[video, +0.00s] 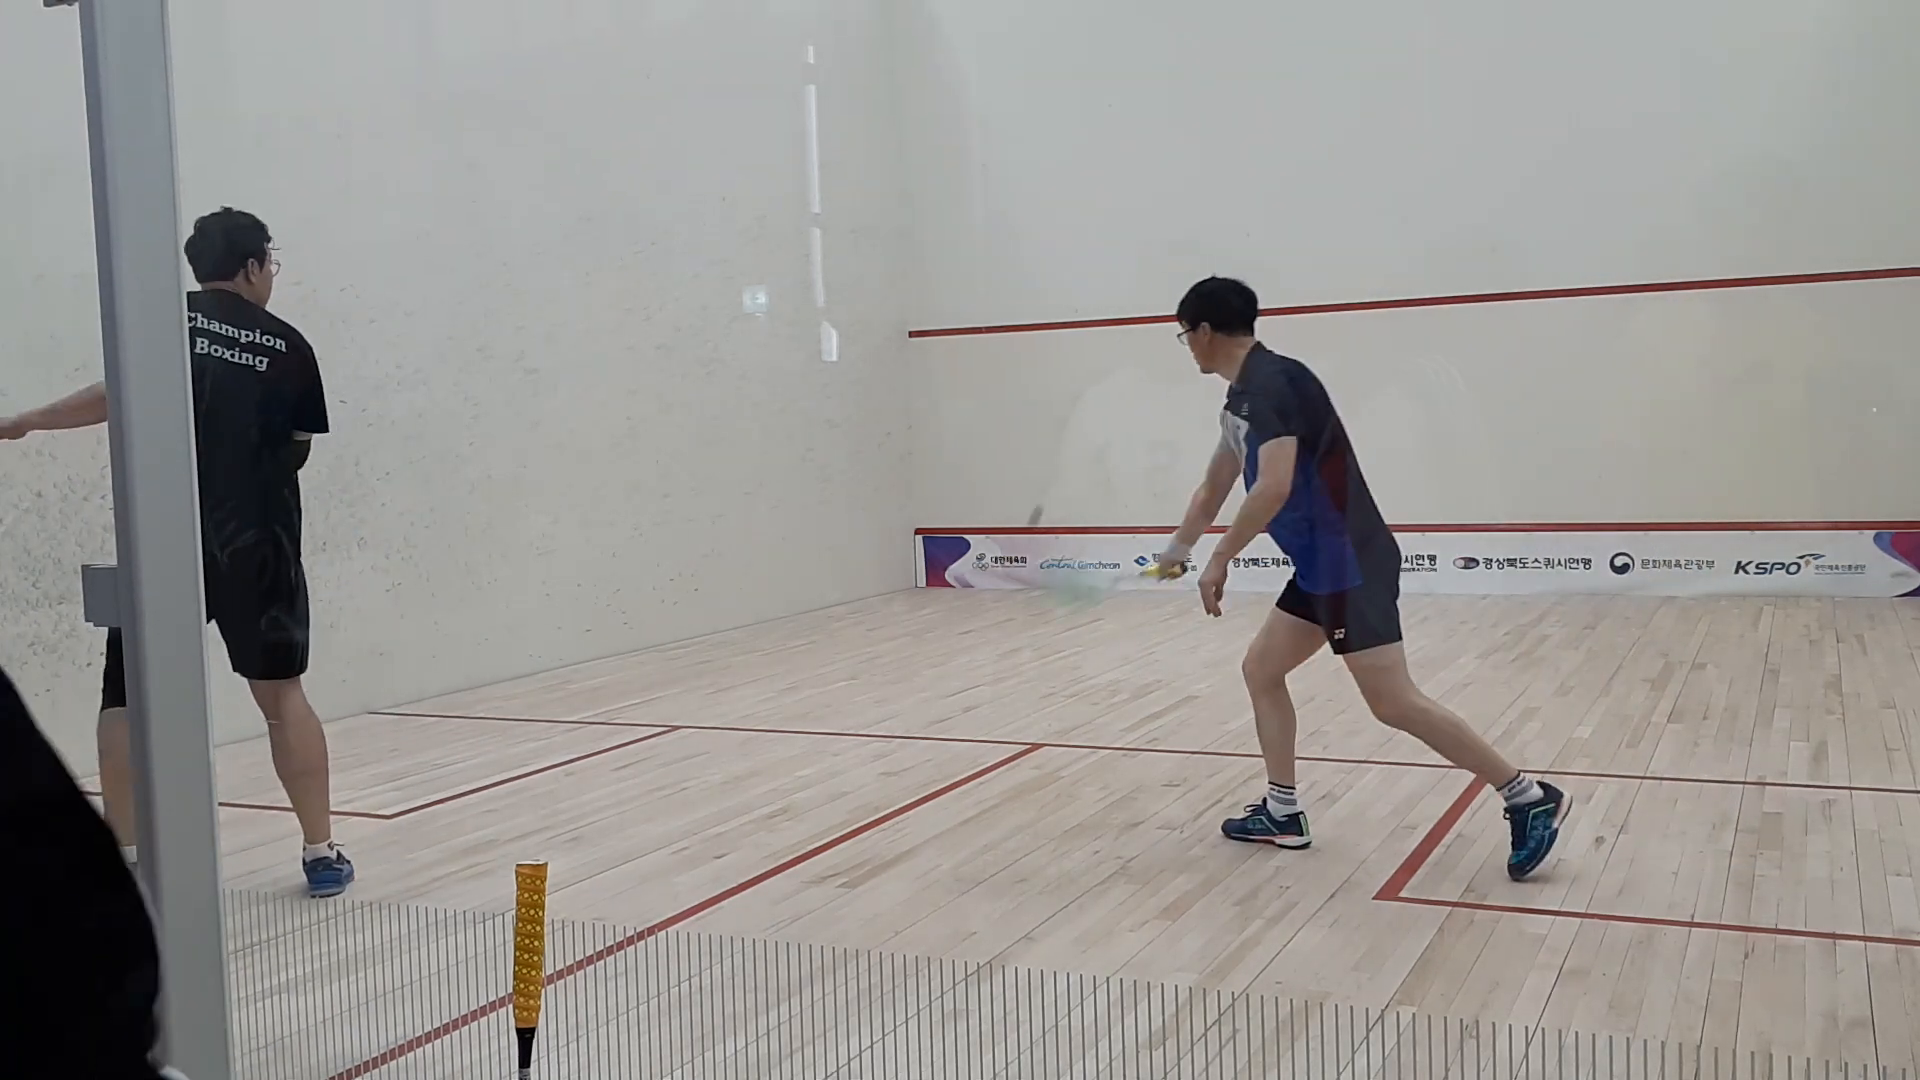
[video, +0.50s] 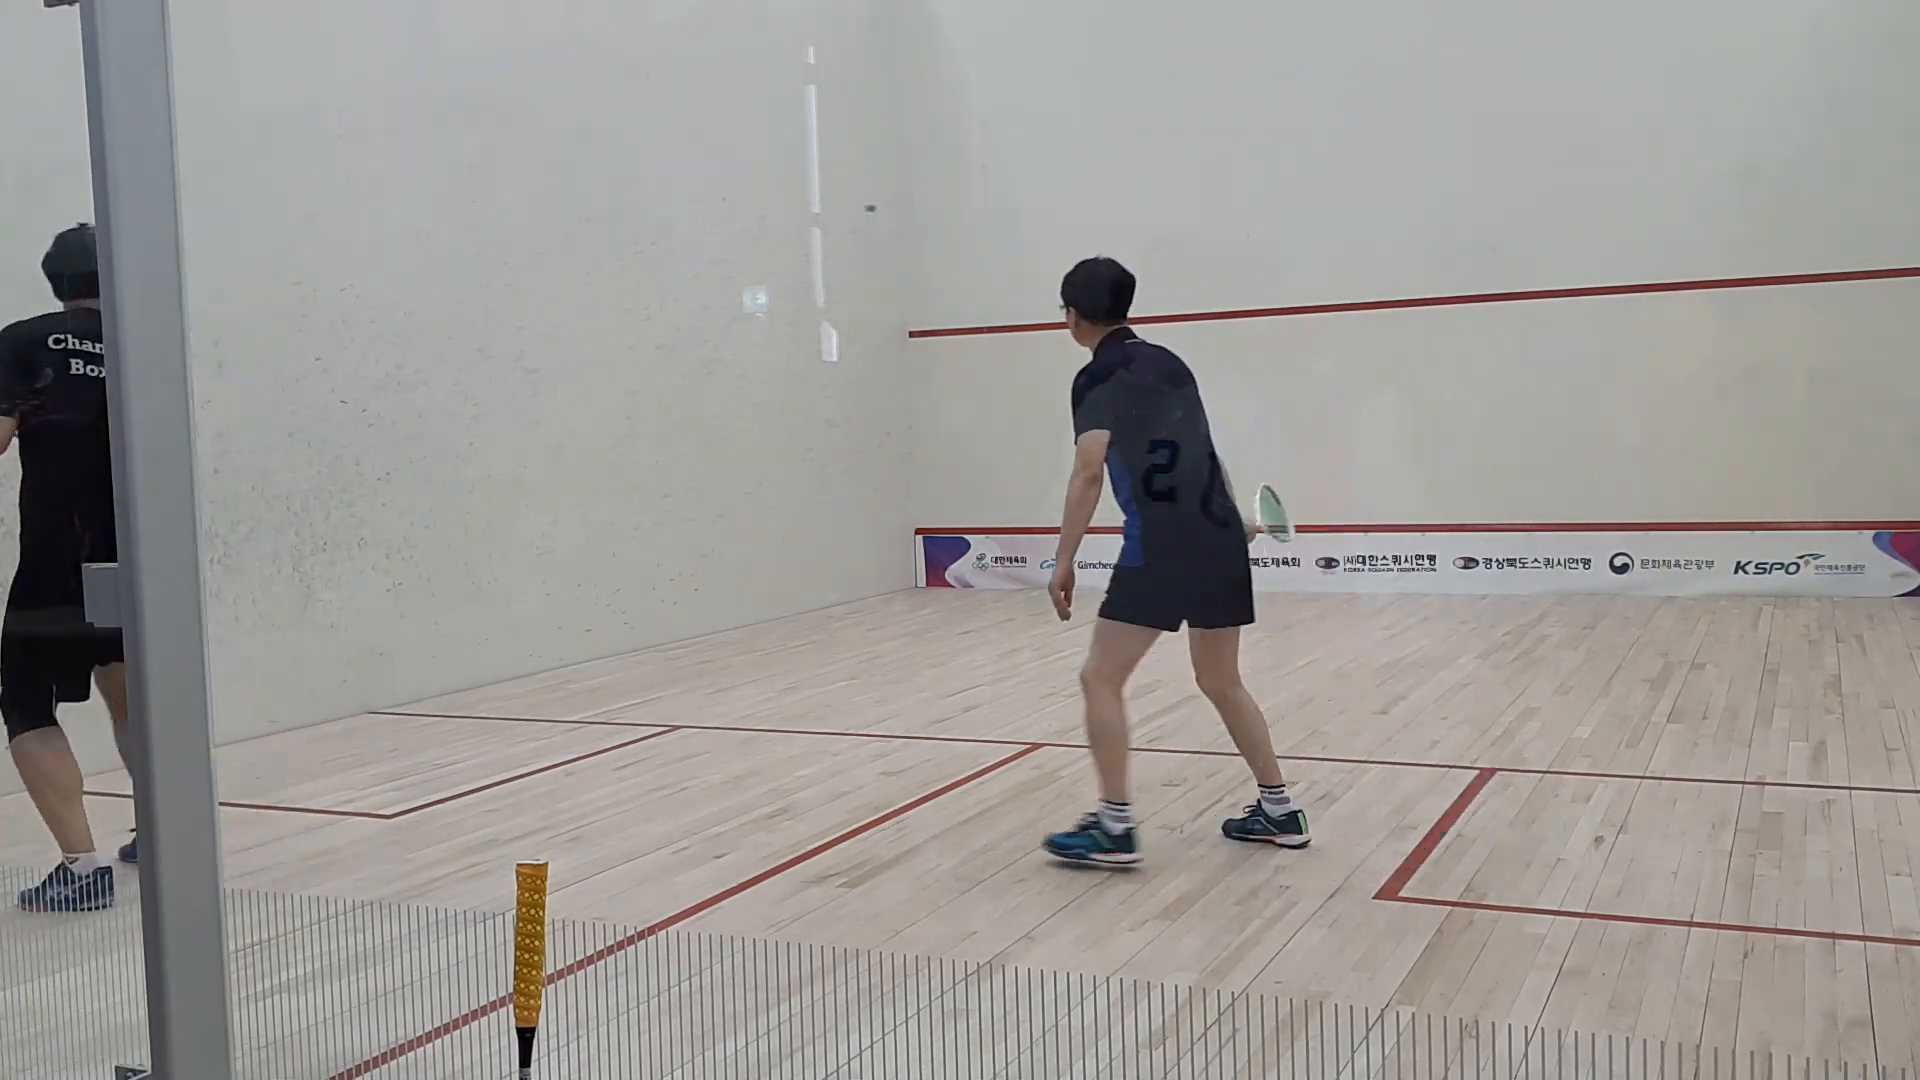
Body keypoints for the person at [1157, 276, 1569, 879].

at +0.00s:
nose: (1186, 344)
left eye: (1187, 332)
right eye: (1185, 333)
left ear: (1209, 331)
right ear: (1234, 326)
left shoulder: (1273, 383)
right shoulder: (1242, 395)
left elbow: (1274, 487)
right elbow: (1214, 486)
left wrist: (1221, 557)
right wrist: (1176, 549)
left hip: (1357, 564)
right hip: (1322, 568)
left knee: (1394, 702)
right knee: (1261, 669)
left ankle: (1528, 796)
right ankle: (1281, 810)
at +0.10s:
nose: (1160, 340)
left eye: (1160, 330)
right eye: (1158, 330)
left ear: (1175, 331)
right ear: (1214, 322)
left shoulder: (1227, 384)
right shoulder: (1239, 372)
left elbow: (1231, 480)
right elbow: (1289, 466)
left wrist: (1193, 566)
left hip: (1320, 556)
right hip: (1301, 558)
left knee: (1370, 690)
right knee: (1254, 670)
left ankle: (1500, 787)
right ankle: (1281, 808)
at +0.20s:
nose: (1138, 329)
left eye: (1137, 320)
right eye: (1138, 320)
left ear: (1148, 324)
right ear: (1197, 312)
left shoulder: (1185, 380)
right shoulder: (1243, 364)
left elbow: (1182, 475)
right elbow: (1288, 449)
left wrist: (1161, 561)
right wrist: (1259, 541)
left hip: (1281, 550)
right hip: (1306, 537)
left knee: (1325, 689)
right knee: (1247, 670)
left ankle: (1445, 789)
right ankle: (1281, 807)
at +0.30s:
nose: (1119, 324)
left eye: (1118, 315)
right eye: (1119, 314)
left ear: (1128, 318)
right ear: (1177, 307)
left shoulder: (1155, 375)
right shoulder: (1223, 359)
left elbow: (1152, 466)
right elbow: (1256, 446)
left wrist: (1125, 558)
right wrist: (1289, 497)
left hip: (1245, 544)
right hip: (1279, 533)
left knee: (1257, 686)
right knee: (1243, 674)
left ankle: (1360, 803)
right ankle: (1281, 806)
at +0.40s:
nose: (1094, 320)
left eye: (1094, 311)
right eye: (1093, 311)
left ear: (1104, 315)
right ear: (1155, 306)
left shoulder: (1128, 375)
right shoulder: (1199, 359)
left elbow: (1121, 469)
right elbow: (1233, 446)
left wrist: (1093, 556)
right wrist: (1270, 508)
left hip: (1203, 551)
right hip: (1260, 540)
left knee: (1177, 685)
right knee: (1239, 676)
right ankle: (1282, 805)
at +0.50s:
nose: (1064, 319)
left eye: (1065, 310)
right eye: (1068, 308)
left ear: (1074, 315)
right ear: (1124, 309)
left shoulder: (1099, 378)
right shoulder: (1171, 364)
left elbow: (1090, 472)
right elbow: (1198, 458)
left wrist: (1064, 560)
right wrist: (1235, 523)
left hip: (1158, 556)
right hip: (1223, 548)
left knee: (1101, 677)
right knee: (1220, 678)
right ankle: (1278, 804)